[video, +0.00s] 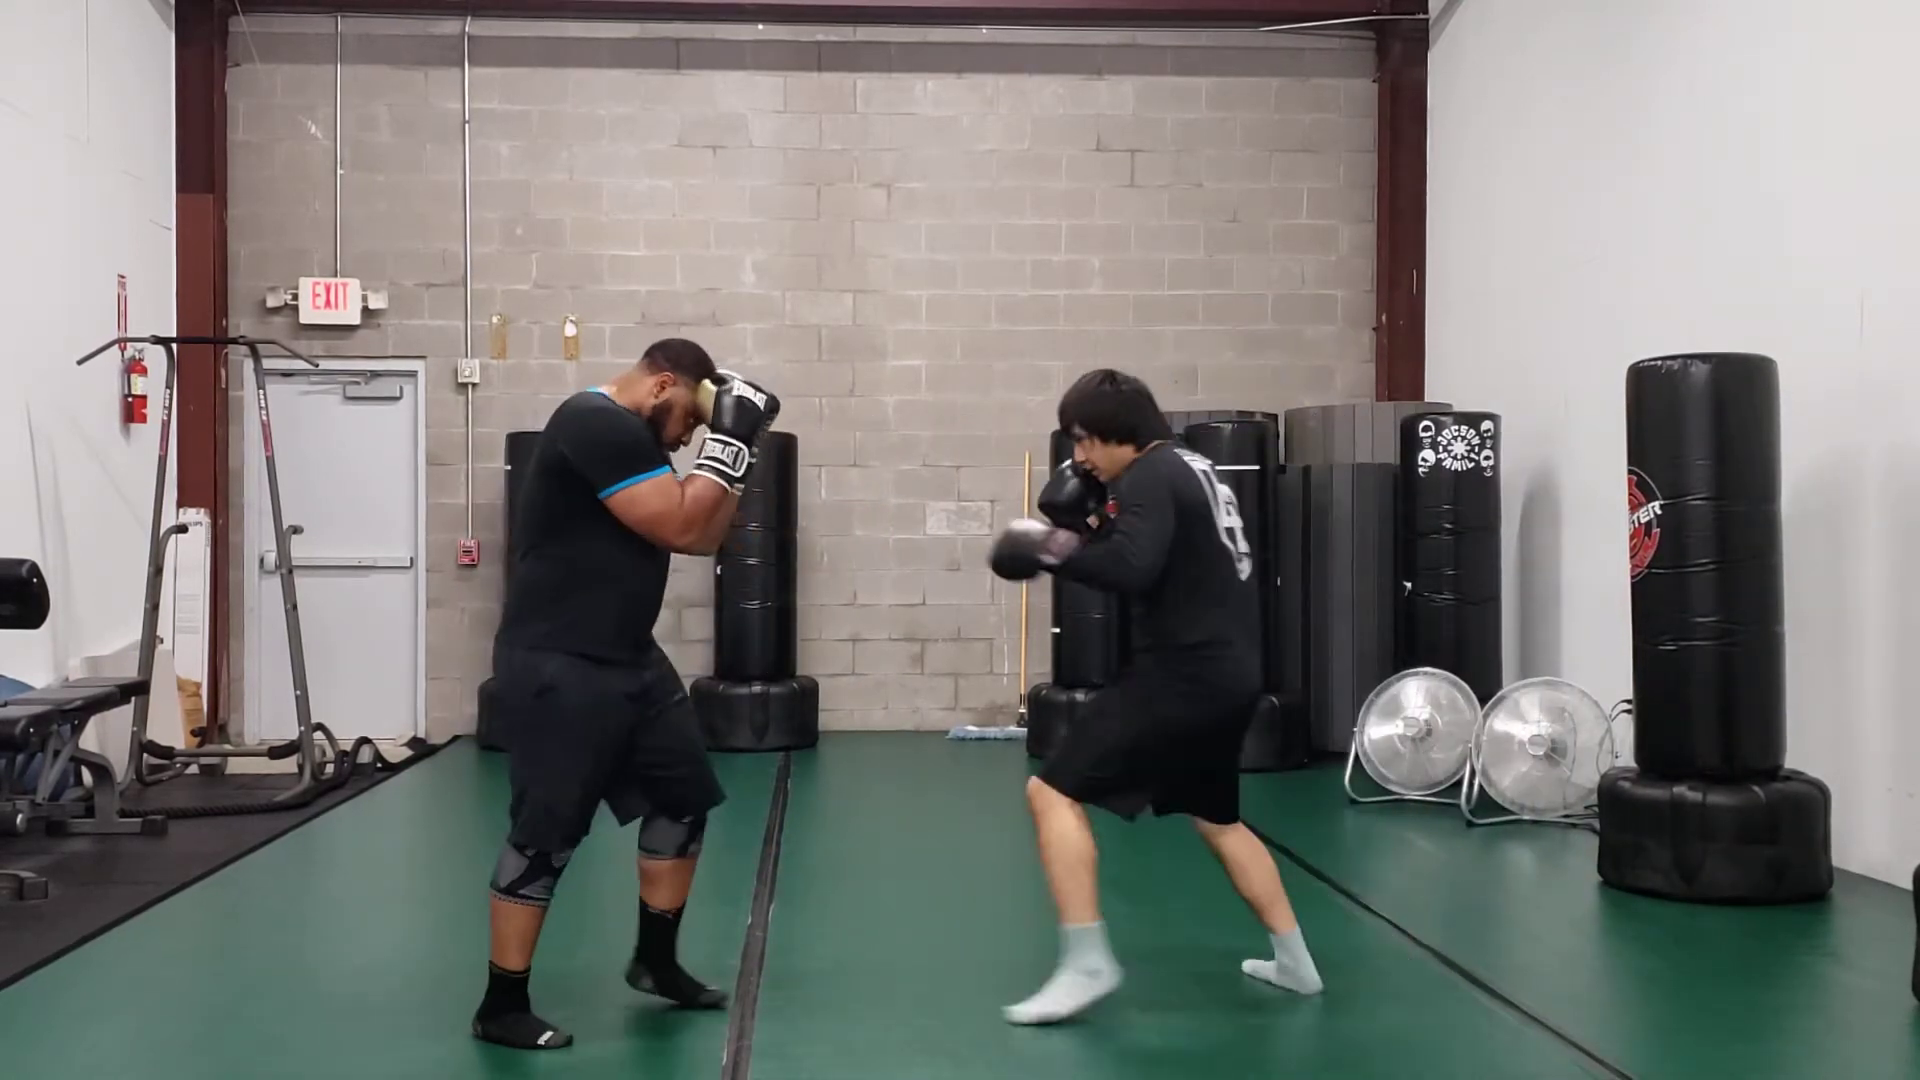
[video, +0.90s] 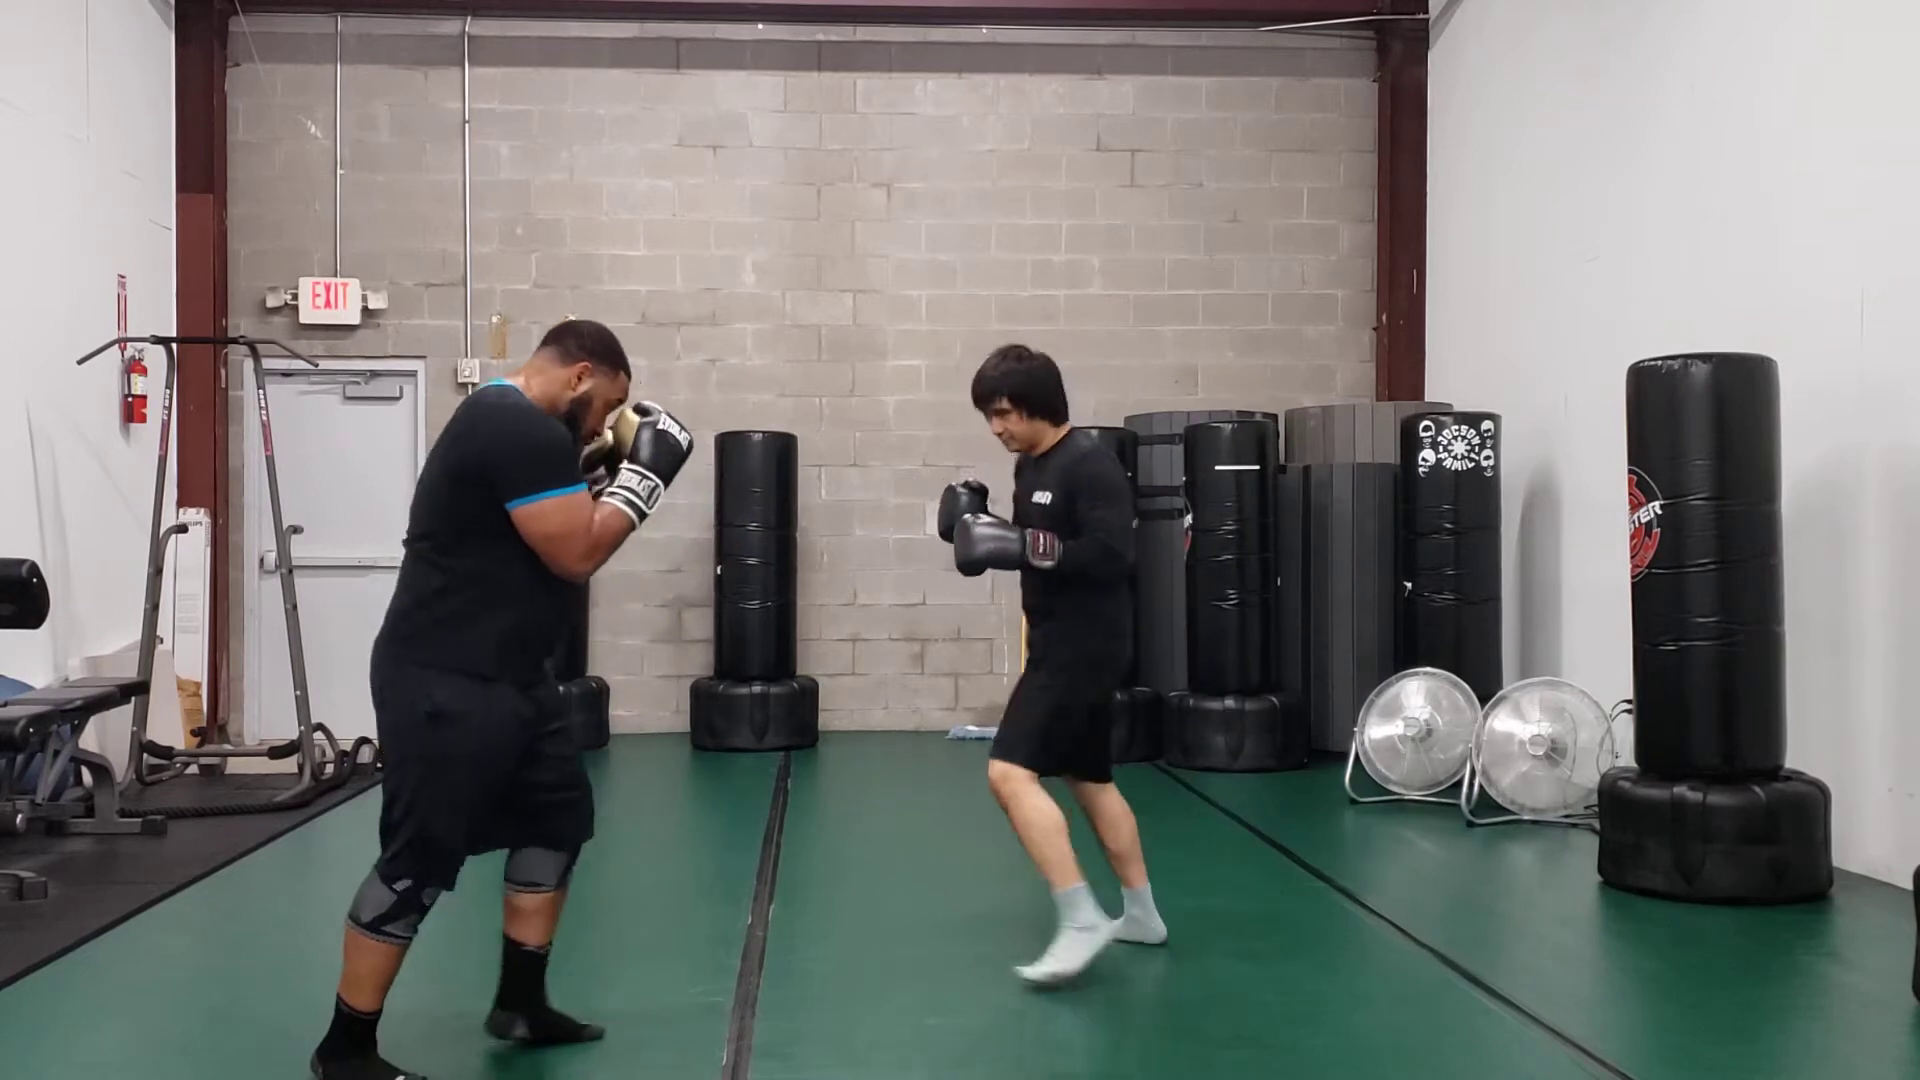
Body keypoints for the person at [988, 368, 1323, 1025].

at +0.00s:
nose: (1079, 456)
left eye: (1084, 441)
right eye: (1076, 442)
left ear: (1118, 435)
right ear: (1141, 429)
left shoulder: (1150, 478)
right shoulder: (1191, 465)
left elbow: (1133, 564)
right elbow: (1174, 557)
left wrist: (1063, 552)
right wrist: (1094, 529)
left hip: (1181, 676)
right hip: (1229, 676)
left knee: (1051, 792)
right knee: (1218, 816)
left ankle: (1086, 960)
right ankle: (1296, 961)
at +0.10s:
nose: (1044, 450)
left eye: (1047, 435)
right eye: (1040, 437)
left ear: (1081, 427)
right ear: (1108, 420)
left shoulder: (1103, 469)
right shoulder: (1167, 461)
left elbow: (1031, 533)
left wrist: (959, 493)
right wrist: (997, 500)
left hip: (1144, 670)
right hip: (1201, 668)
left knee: (1033, 803)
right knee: (1207, 812)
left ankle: (1009, 980)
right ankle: (1291, 955)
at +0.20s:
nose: (1002, 458)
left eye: (1005, 445)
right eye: (1001, 446)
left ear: (1036, 441)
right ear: (1071, 432)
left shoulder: (1042, 487)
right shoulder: (1133, 467)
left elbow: (942, 493)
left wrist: (863, 460)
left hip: (1102, 681)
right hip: (1177, 676)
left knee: (1006, 822)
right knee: (1166, 793)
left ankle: (1009, 999)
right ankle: (1247, 928)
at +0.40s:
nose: (974, 481)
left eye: (975, 466)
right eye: (971, 467)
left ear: (1004, 462)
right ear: (1034, 456)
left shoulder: (1024, 507)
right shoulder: (1099, 491)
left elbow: (952, 551)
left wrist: (883, 497)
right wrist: (941, 515)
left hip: (1072, 692)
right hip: (1142, 688)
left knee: (974, 830)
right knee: (1125, 799)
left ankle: (1005, 1000)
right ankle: (1175, 939)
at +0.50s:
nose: (978, 441)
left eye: (980, 428)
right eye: (974, 429)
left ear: (1008, 420)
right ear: (1037, 411)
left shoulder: (1043, 468)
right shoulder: (1092, 449)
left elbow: (1030, 551)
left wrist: (952, 523)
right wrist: (985, 494)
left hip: (1071, 655)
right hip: (1127, 648)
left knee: (1011, 802)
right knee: (1113, 776)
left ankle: (1006, 974)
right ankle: (1169, 917)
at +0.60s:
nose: (986, 411)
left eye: (990, 397)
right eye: (983, 398)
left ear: (1024, 393)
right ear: (1042, 388)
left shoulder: (1058, 445)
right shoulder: (1088, 434)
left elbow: (1087, 538)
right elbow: (1061, 529)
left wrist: (1002, 530)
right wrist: (1001, 483)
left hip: (1081, 628)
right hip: (1121, 625)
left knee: (1006, 775)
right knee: (1102, 758)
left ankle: (1082, 929)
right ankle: (1160, 891)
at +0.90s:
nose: (995, 429)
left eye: (1000, 415)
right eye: (990, 417)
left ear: (1031, 407)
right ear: (1018, 411)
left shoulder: (1091, 461)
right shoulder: (1030, 467)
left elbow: (1112, 554)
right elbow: (1033, 545)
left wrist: (1025, 547)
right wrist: (980, 527)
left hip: (1083, 652)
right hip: (1064, 649)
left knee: (1010, 773)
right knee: (1091, 777)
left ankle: (1081, 921)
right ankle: (1143, 913)